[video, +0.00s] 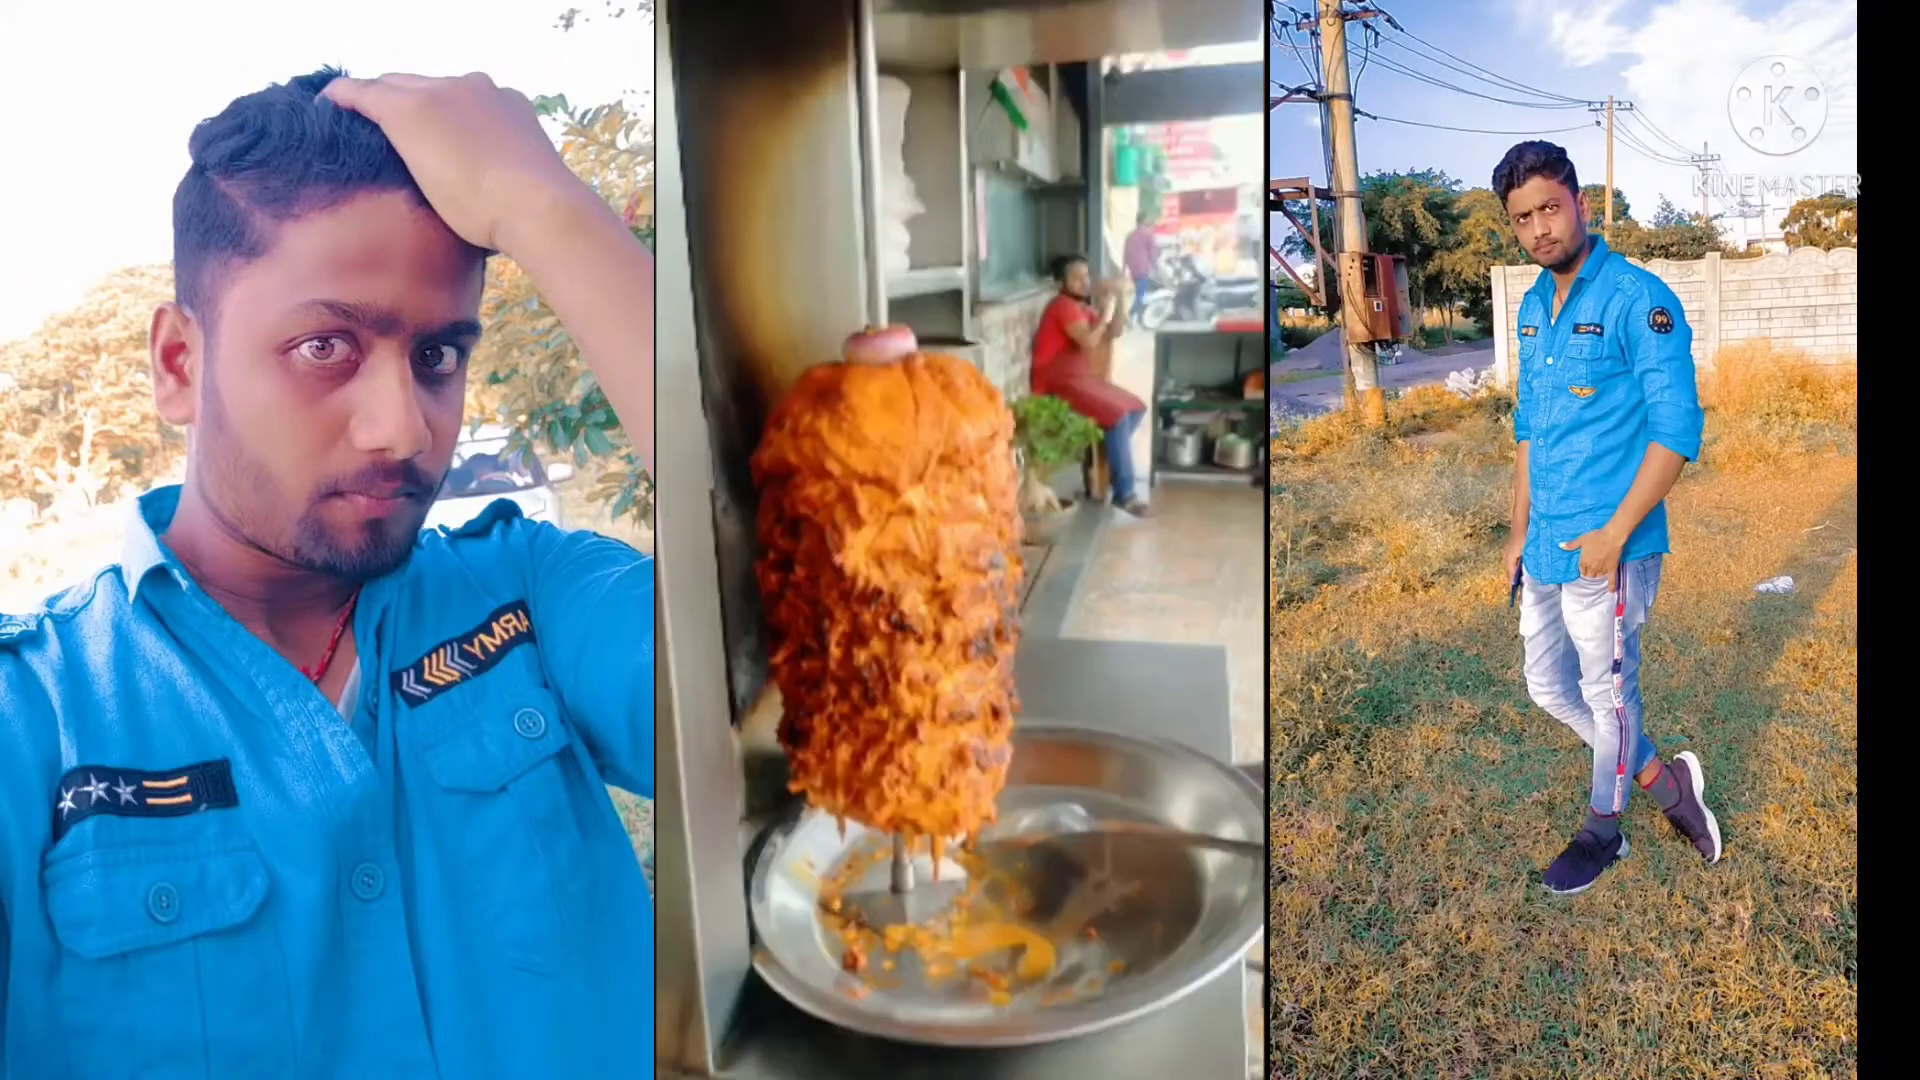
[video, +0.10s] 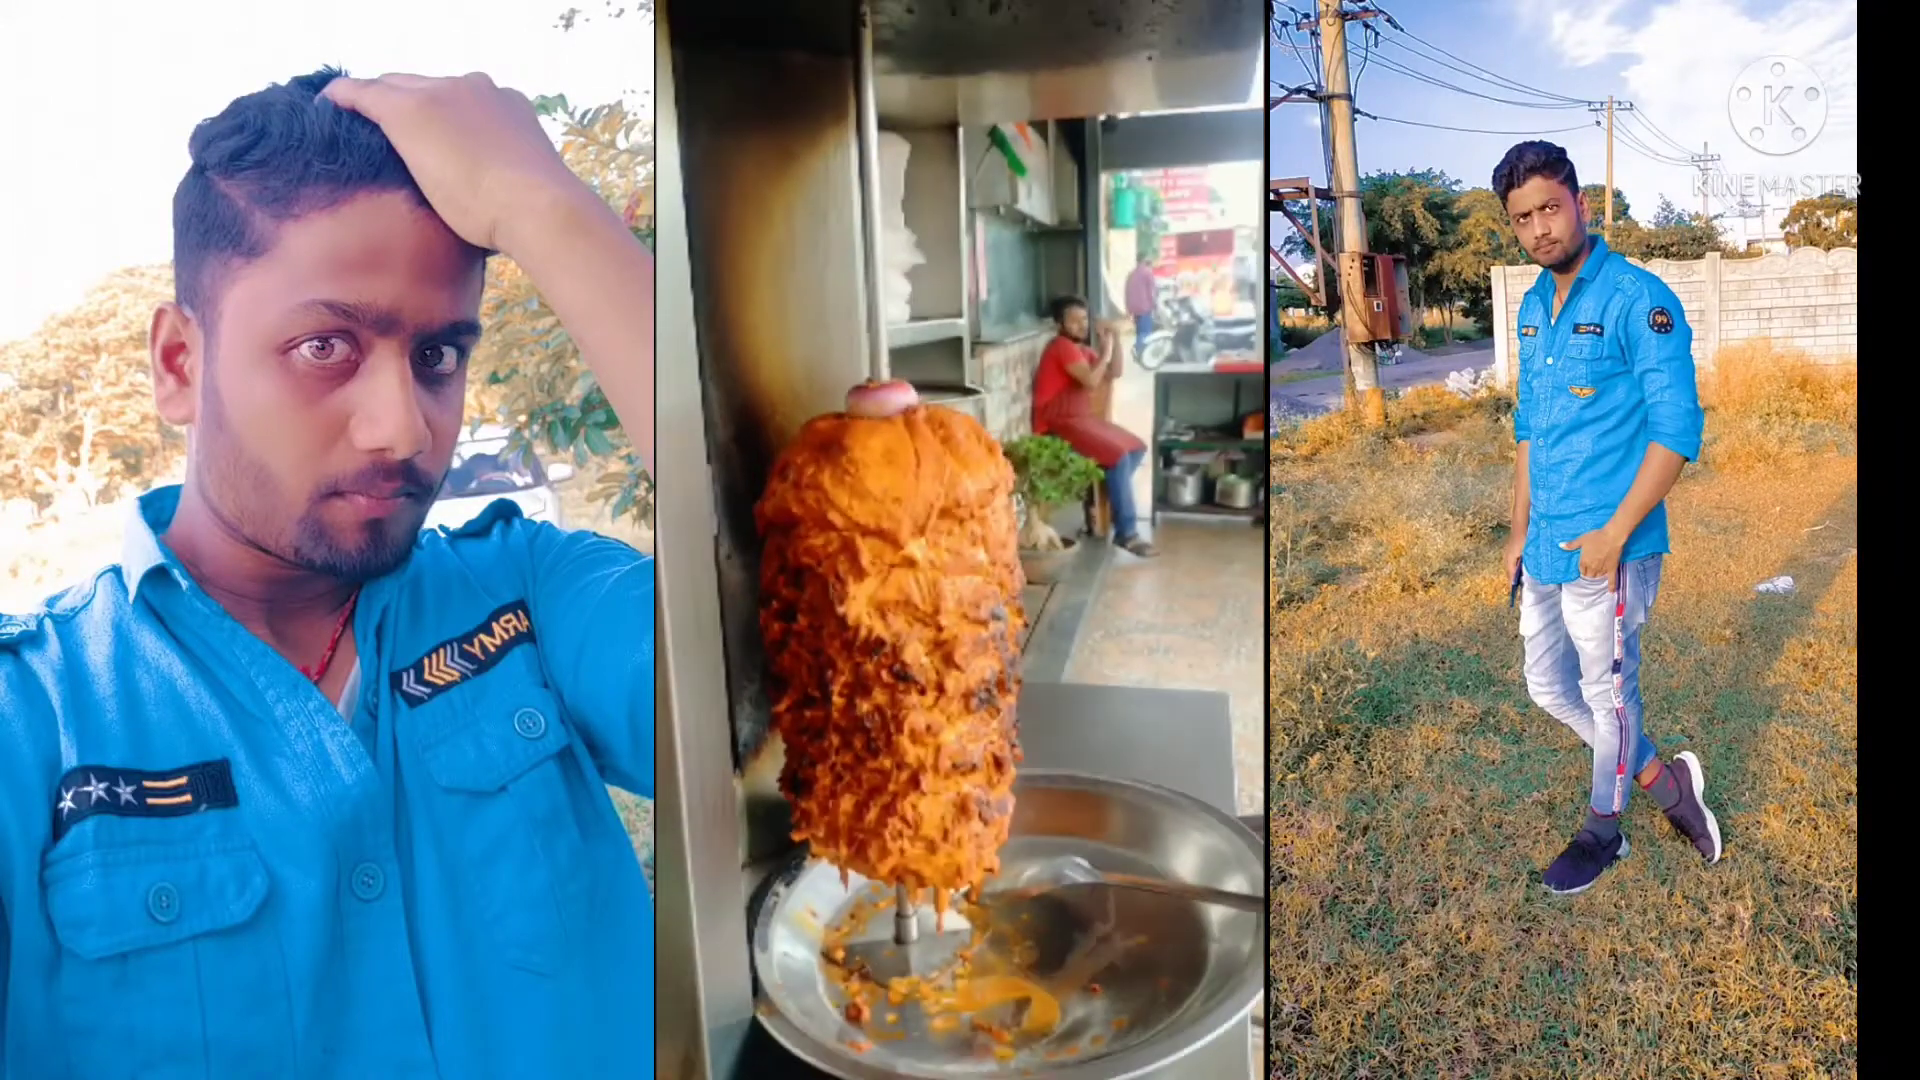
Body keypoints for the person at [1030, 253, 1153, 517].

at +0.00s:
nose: (1085, 282)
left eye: (1086, 276)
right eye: (1078, 278)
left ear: (1090, 278)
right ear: (1063, 282)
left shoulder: (1084, 307)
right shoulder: (1063, 306)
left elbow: (1114, 331)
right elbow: (1088, 341)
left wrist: (1120, 299)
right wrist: (1108, 308)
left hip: (1082, 378)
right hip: (1059, 381)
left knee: (1136, 409)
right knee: (1116, 416)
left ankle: (1096, 462)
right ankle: (1125, 494)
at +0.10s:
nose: (1081, 325)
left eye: (1084, 319)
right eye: (1074, 320)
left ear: (1088, 321)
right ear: (1061, 324)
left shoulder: (1082, 349)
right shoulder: (1061, 347)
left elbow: (1114, 371)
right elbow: (1091, 379)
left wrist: (1115, 339)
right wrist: (1108, 347)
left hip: (1082, 418)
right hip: (1060, 422)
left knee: (1137, 448)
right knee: (1117, 455)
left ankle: (1095, 503)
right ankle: (1127, 533)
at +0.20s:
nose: (1075, 325)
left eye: (1078, 319)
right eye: (1068, 320)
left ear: (1083, 320)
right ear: (1056, 322)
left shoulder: (1077, 348)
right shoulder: (1056, 347)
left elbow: (1109, 371)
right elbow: (1086, 379)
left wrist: (1104, 340)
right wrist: (1103, 345)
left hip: (1078, 417)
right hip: (1056, 421)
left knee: (1133, 448)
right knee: (1113, 455)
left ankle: (1092, 502)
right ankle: (1123, 533)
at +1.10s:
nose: (1110, 165)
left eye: (1109, 159)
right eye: (1103, 160)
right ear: (1084, 167)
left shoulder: (1100, 198)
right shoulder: (1077, 197)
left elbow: (1136, 218)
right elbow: (1078, 243)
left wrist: (1121, 187)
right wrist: (1110, 272)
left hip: (1097, 270)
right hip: (1074, 276)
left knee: (1156, 300)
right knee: (1135, 309)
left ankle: (1117, 358)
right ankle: (1145, 390)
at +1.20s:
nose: (1110, 159)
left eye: (1110, 153)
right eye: (1104, 154)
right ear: (1084, 161)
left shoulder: (1101, 192)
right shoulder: (1077, 190)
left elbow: (1137, 213)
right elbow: (1080, 238)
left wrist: (1122, 182)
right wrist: (1110, 267)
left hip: (1098, 264)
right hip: (1074, 269)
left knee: (1156, 295)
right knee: (1135, 304)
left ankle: (1117, 352)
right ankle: (1145, 385)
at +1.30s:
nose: (1121, 152)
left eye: (1121, 146)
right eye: (1114, 147)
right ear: (1095, 154)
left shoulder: (1111, 185)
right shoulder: (1088, 183)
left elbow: (1148, 207)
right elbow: (1092, 231)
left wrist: (1132, 175)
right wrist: (1122, 261)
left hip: (1109, 258)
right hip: (1085, 263)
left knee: (1167, 289)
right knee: (1146, 298)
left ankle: (1127, 347)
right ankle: (1155, 379)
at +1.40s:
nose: (1127, 145)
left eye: (1127, 138)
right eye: (1119, 139)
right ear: (1100, 146)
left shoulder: (1118, 177)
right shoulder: (1094, 175)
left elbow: (1155, 200)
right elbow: (1099, 223)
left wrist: (1140, 169)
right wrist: (1127, 253)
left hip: (1115, 249)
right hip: (1090, 255)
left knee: (1174, 281)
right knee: (1153, 291)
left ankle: (1134, 338)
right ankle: (1161, 372)